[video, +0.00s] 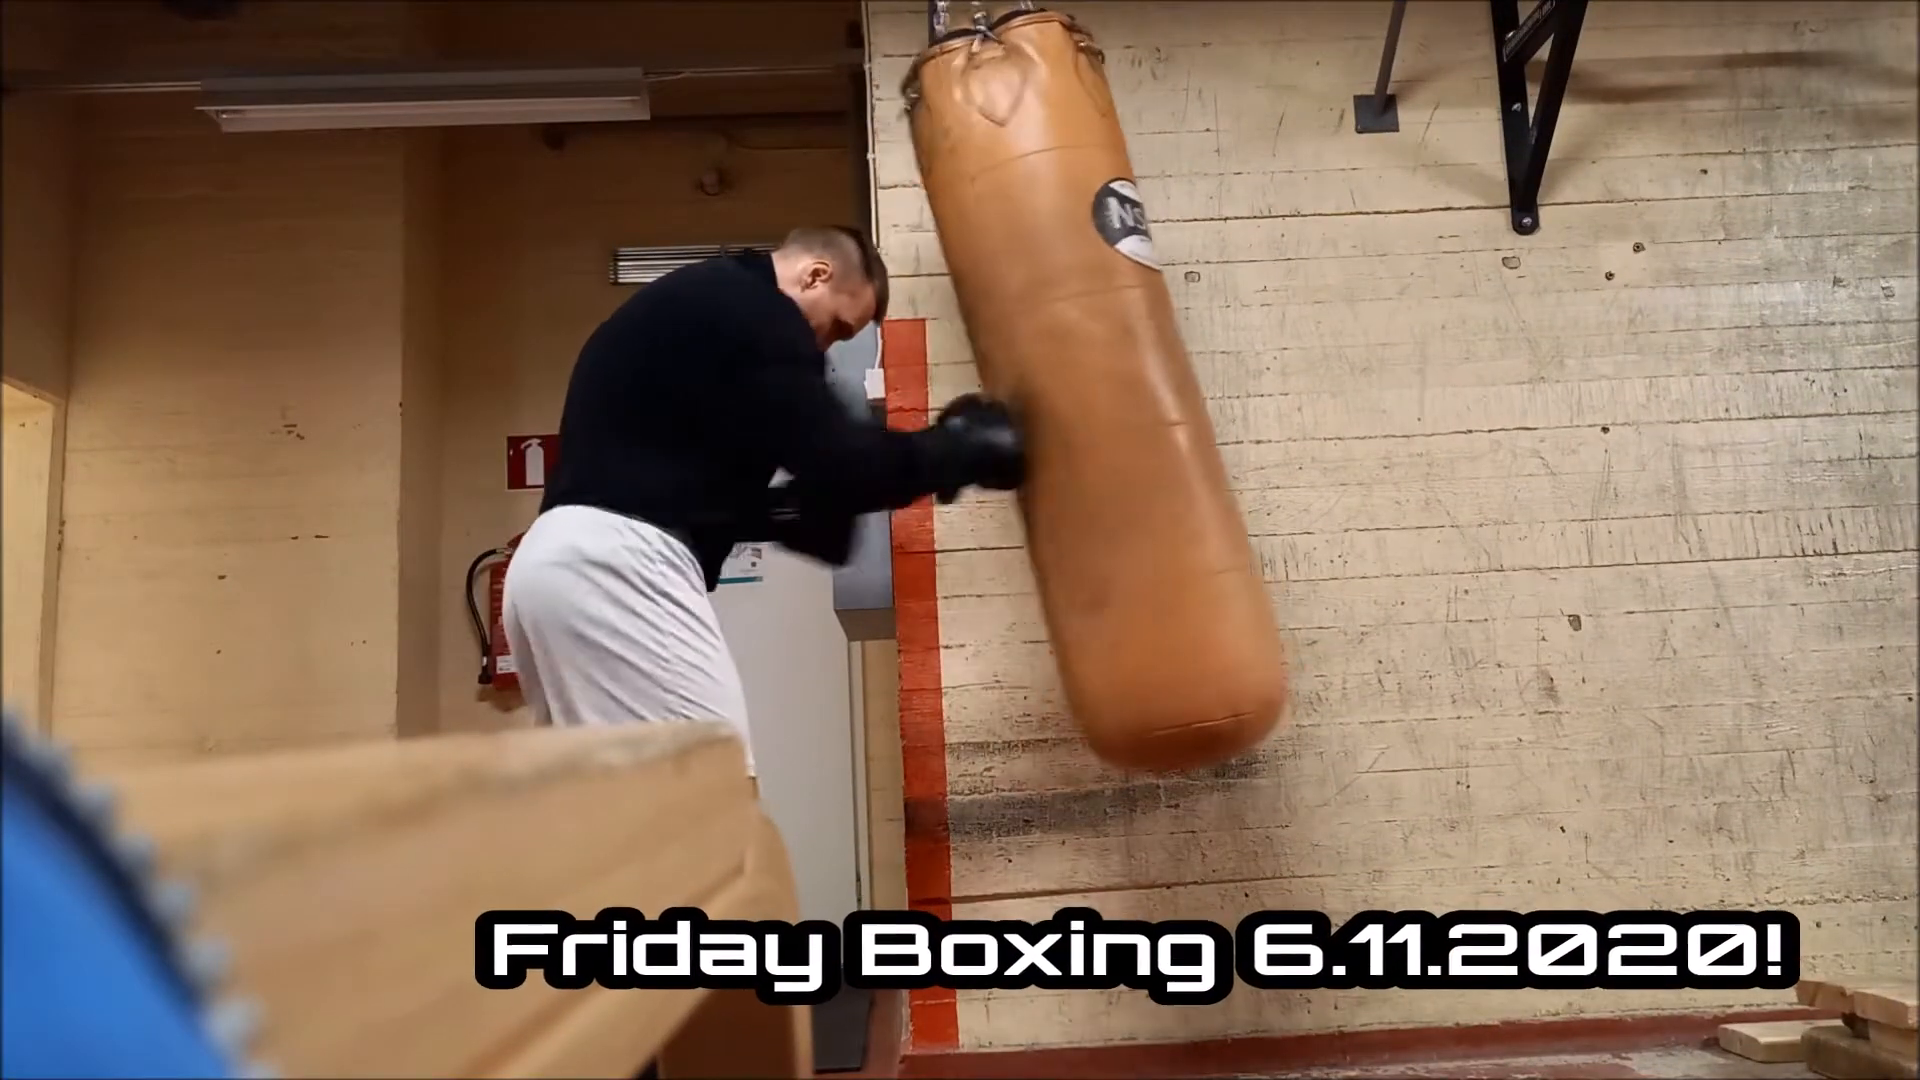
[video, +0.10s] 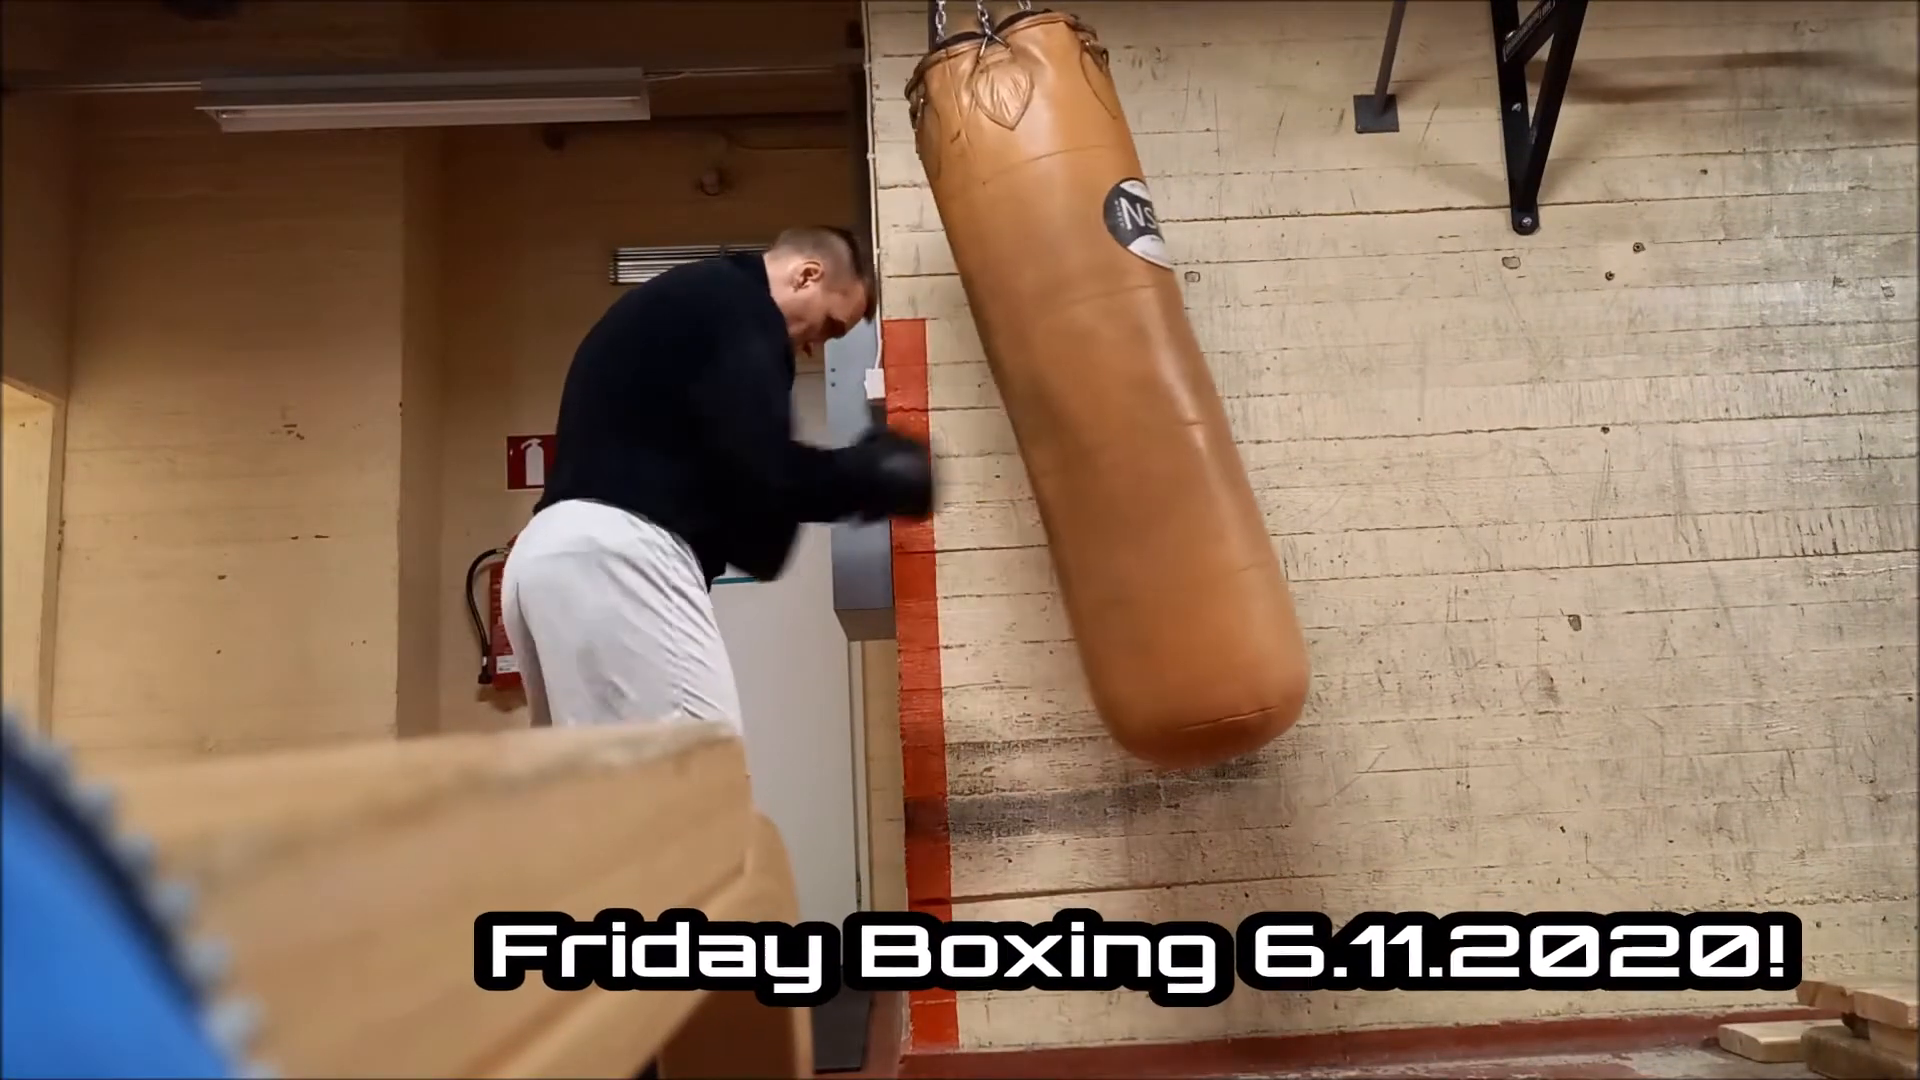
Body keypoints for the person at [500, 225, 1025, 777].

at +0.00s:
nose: (828, 346)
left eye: (842, 336)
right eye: (838, 326)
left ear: (804, 271)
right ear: (812, 274)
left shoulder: (693, 306)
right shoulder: (749, 309)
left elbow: (688, 502)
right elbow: (841, 462)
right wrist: (958, 451)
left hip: (554, 570)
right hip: (614, 567)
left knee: (624, 817)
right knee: (711, 810)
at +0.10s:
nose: (817, 347)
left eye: (832, 335)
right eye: (830, 325)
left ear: (801, 273)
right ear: (806, 276)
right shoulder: (737, 306)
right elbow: (758, 468)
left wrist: (853, 475)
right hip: (612, 555)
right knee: (703, 806)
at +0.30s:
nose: (802, 347)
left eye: (818, 337)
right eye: (816, 325)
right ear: (793, 280)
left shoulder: (640, 305)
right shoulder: (743, 309)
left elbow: (532, 437)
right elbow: (703, 454)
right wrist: (772, 509)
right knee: (691, 798)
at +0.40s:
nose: (809, 344)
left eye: (824, 332)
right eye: (821, 321)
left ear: (796, 272)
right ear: (798, 274)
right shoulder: (724, 295)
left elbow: (562, 444)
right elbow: (705, 450)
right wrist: (786, 466)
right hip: (601, 563)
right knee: (675, 790)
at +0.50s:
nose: (818, 339)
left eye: (832, 328)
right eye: (829, 316)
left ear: (801, 268)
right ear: (803, 269)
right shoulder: (691, 291)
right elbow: (665, 442)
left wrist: (733, 570)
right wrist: (783, 427)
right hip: (594, 558)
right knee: (662, 789)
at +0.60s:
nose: (826, 339)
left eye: (839, 327)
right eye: (834, 315)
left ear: (801, 271)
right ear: (802, 269)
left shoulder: (747, 378)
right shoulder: (692, 292)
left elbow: (796, 514)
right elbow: (598, 417)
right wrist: (739, 450)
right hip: (603, 559)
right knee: (656, 810)